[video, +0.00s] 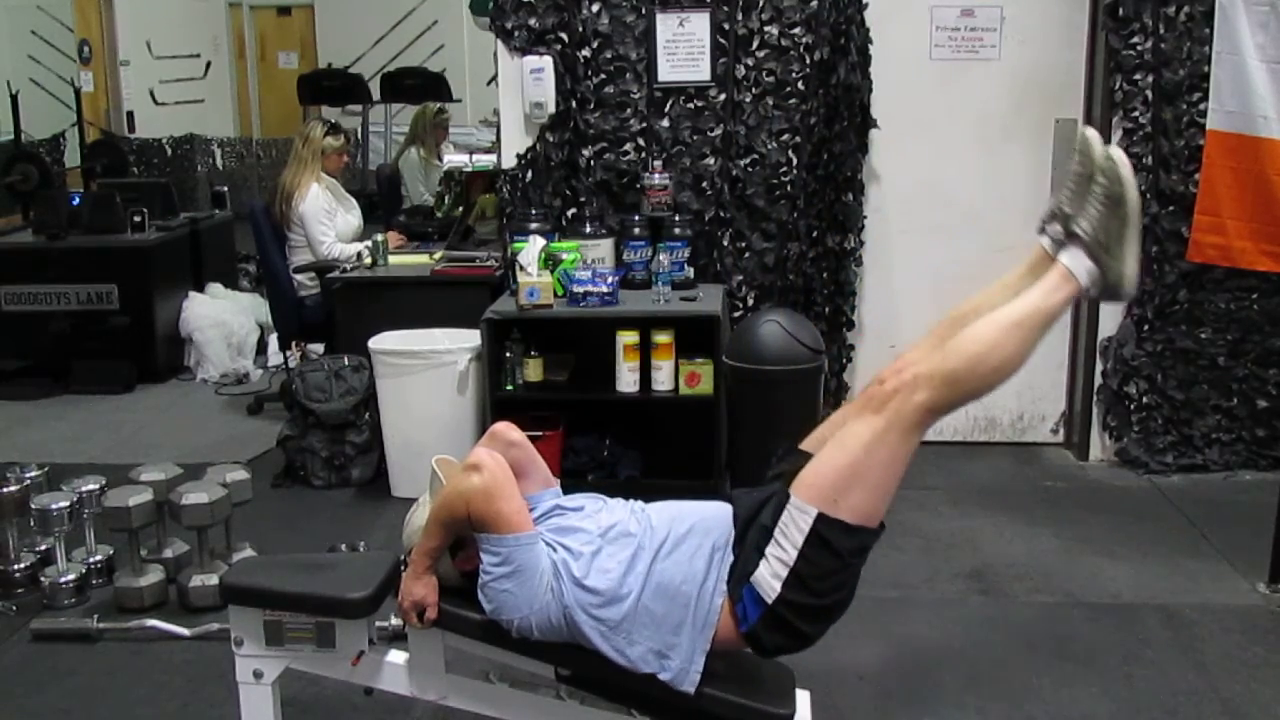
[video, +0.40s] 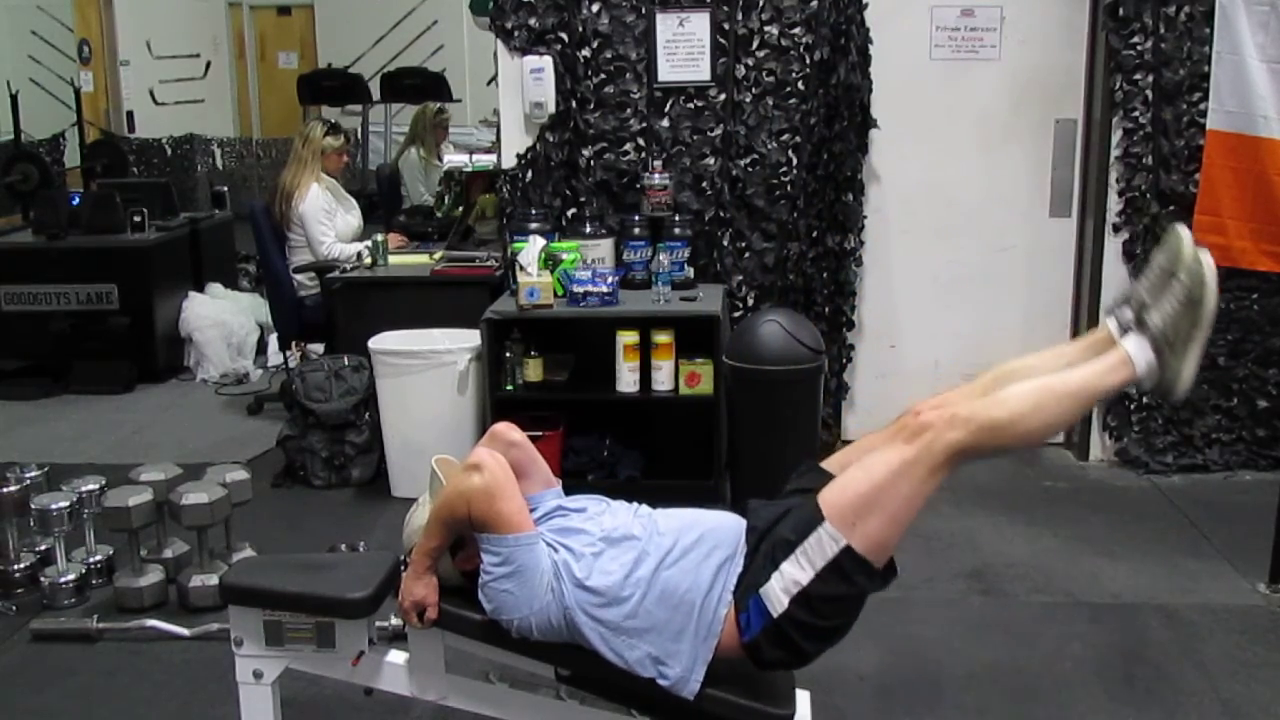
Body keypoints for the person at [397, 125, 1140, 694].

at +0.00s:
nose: (498, 471)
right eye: (484, 470)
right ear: (476, 511)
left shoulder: (546, 526)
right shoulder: (517, 578)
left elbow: (504, 442)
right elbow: (469, 475)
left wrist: (432, 541)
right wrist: (423, 553)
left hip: (743, 534)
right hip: (758, 590)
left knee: (898, 384)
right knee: (901, 396)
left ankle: (1061, 251)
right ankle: (1080, 266)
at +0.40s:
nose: (515, 461)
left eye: (516, 454)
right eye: (496, 462)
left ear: (525, 482)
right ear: (479, 508)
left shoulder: (561, 525)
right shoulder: (511, 577)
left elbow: (508, 432)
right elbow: (465, 476)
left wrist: (445, 519)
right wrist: (422, 555)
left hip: (761, 537)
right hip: (755, 599)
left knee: (933, 413)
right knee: (932, 430)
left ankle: (1129, 335)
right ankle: (1141, 352)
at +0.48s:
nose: (527, 446)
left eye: (524, 440)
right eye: (509, 447)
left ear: (532, 473)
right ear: (487, 488)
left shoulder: (565, 519)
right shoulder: (516, 573)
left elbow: (514, 442)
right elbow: (465, 471)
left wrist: (436, 535)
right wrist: (422, 554)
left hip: (763, 541)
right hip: (758, 606)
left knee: (933, 414)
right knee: (931, 430)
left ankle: (1134, 360)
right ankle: (1146, 380)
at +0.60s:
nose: (518, 462)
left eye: (520, 457)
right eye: (503, 464)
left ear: (519, 485)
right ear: (487, 504)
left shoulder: (560, 522)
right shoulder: (516, 582)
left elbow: (516, 441)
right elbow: (471, 469)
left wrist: (452, 516)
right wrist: (422, 559)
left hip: (761, 558)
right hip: (759, 610)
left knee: (915, 404)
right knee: (913, 418)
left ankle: (1119, 426)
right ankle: (1121, 447)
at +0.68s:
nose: (524, 460)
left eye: (522, 452)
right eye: (503, 461)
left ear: (525, 486)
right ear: (487, 502)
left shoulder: (565, 521)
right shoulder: (515, 581)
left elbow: (504, 431)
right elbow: (466, 474)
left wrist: (454, 510)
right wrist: (422, 557)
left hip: (765, 561)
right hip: (758, 614)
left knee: (899, 399)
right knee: (894, 409)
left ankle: (1086, 475)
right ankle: (1089, 487)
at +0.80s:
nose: (515, 465)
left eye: (518, 457)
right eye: (497, 469)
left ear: (512, 494)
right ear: (482, 508)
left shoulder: (560, 521)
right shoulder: (520, 582)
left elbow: (510, 434)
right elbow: (473, 475)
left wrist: (454, 515)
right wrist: (423, 558)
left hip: (761, 567)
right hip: (763, 618)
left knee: (871, 396)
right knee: (861, 403)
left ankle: (1029, 513)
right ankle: (1027, 519)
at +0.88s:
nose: (525, 471)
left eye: (523, 463)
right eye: (501, 477)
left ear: (524, 491)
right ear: (491, 512)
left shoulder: (565, 520)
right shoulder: (521, 584)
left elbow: (507, 431)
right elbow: (470, 474)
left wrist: (448, 524)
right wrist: (422, 557)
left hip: (775, 578)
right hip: (766, 625)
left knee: (852, 389)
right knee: (834, 400)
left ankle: (995, 521)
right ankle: (996, 527)